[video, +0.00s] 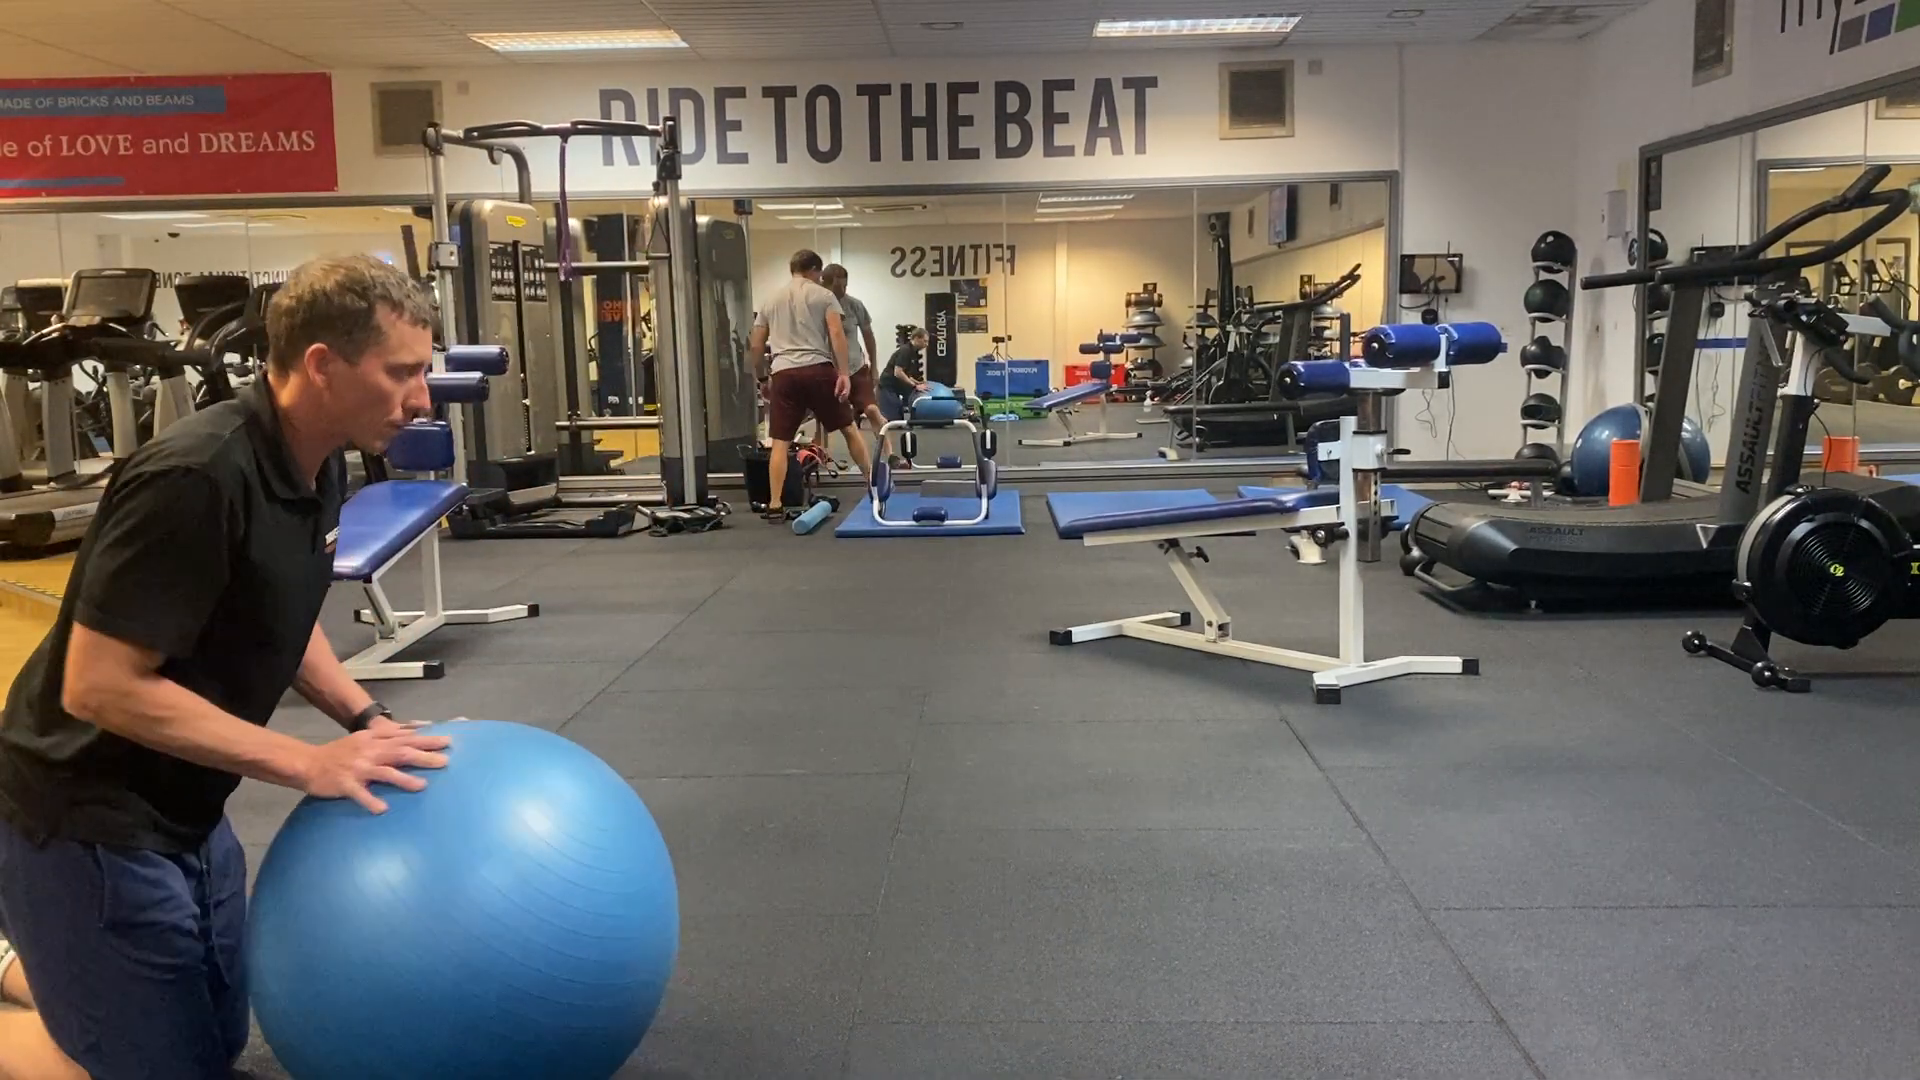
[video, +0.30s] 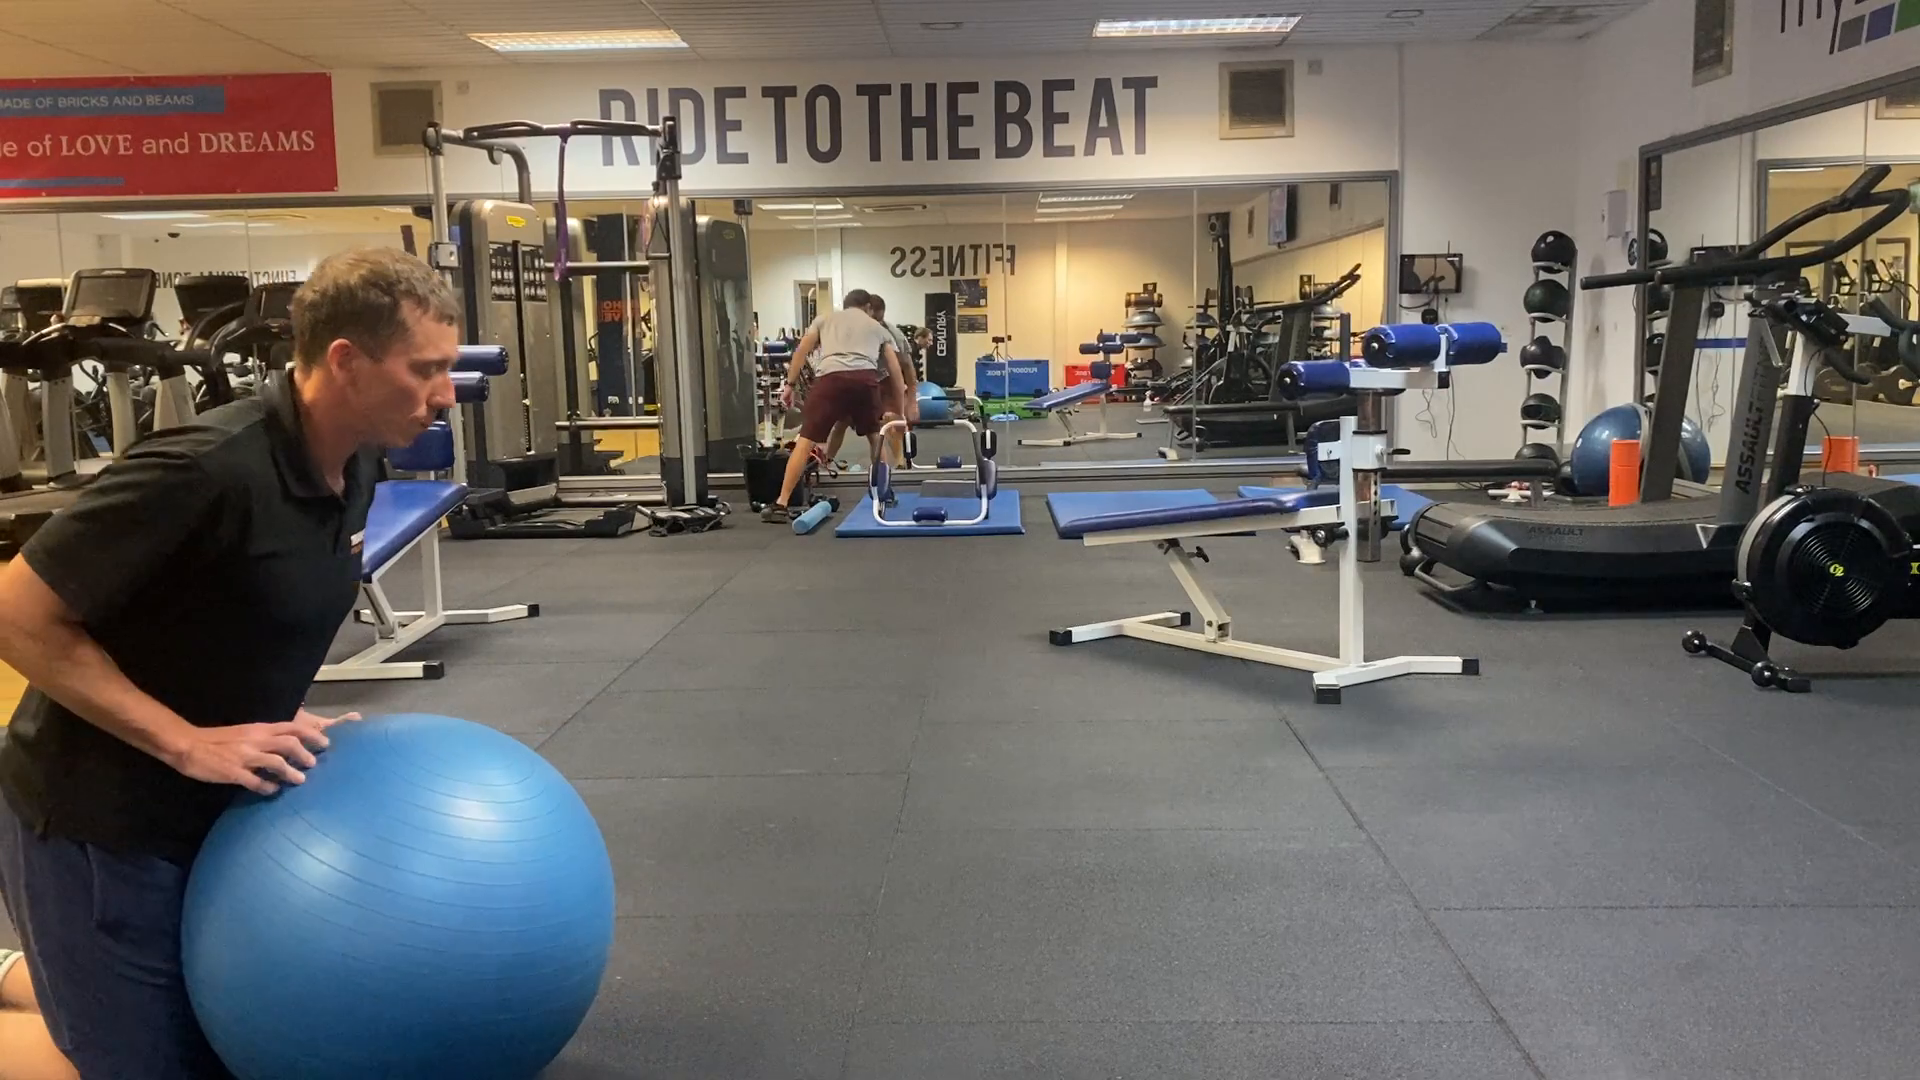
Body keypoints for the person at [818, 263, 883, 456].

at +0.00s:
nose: (841, 286)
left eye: (843, 282)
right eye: (836, 282)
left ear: (846, 282)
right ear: (824, 283)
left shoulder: (855, 305)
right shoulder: (816, 305)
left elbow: (868, 336)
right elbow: (811, 339)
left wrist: (874, 366)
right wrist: (815, 368)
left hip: (857, 368)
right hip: (828, 370)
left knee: (871, 410)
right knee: (821, 417)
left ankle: (891, 455)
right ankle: (819, 457)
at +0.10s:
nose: (842, 292)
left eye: (846, 288)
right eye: (839, 287)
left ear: (855, 288)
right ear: (833, 286)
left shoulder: (866, 311)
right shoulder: (826, 310)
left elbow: (883, 341)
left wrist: (888, 373)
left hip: (864, 371)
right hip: (836, 373)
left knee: (879, 416)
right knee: (828, 418)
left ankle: (894, 458)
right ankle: (824, 457)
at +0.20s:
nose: (858, 303)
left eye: (862, 298)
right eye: (855, 298)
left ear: (869, 298)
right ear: (850, 296)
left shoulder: (882, 320)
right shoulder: (839, 317)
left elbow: (899, 353)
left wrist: (901, 385)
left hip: (875, 377)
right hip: (847, 379)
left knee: (885, 419)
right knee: (833, 423)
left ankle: (898, 460)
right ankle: (824, 461)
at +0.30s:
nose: (869, 314)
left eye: (872, 310)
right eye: (867, 310)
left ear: (881, 312)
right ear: (865, 310)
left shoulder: (892, 332)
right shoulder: (854, 330)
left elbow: (907, 365)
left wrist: (912, 400)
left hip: (888, 381)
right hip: (861, 383)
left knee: (893, 423)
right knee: (840, 423)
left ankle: (899, 460)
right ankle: (827, 460)